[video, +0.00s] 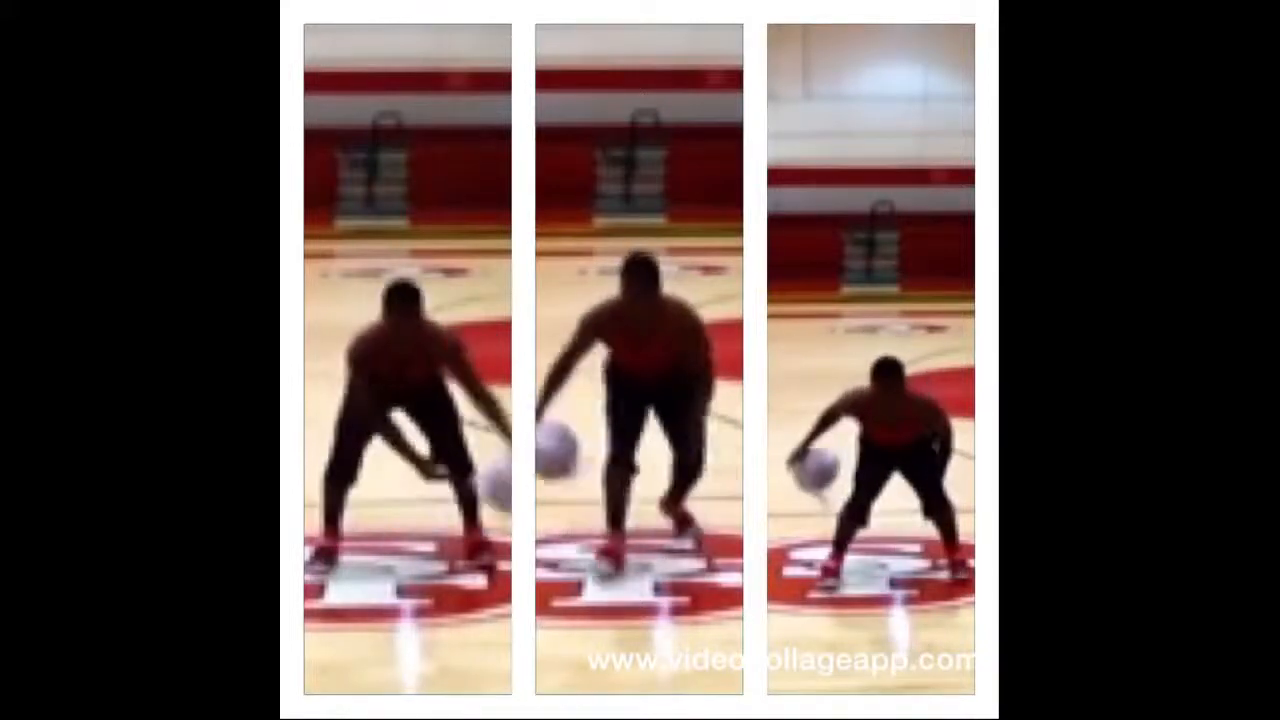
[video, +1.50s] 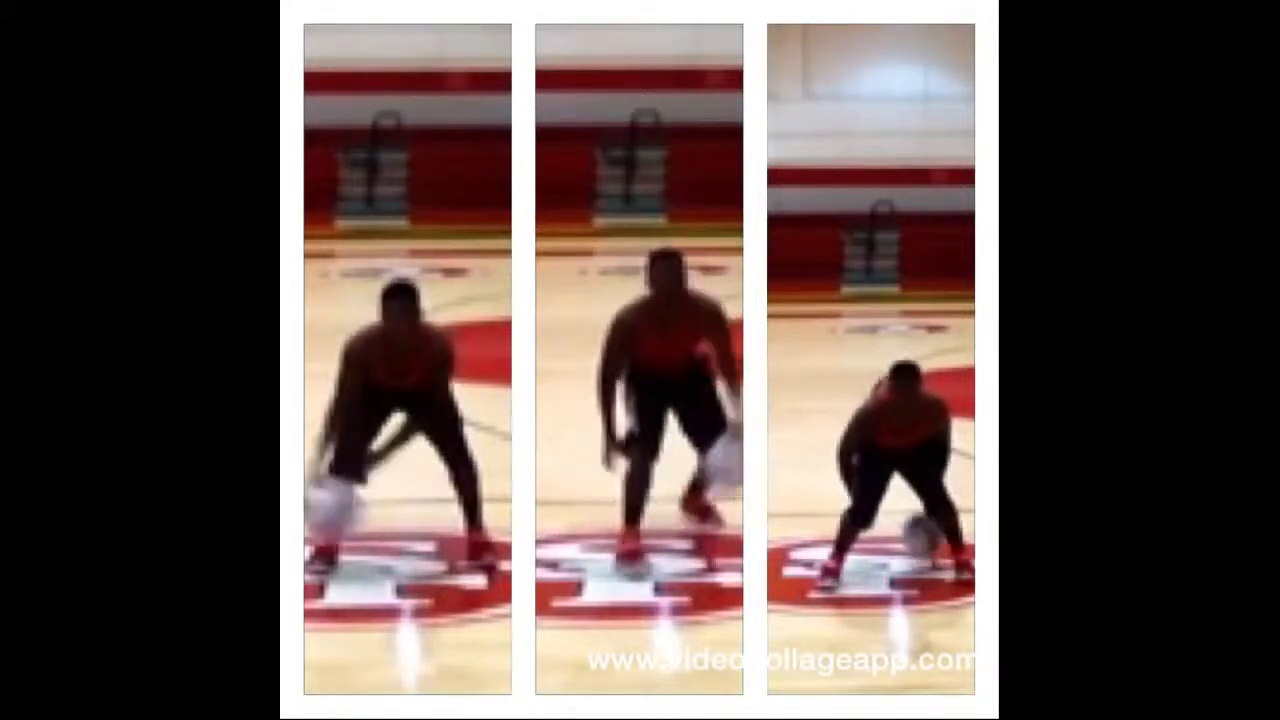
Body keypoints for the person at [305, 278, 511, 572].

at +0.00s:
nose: (404, 329)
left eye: (411, 319)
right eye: (397, 320)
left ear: (420, 314)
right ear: (385, 315)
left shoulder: (438, 342)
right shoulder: (364, 350)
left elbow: (476, 390)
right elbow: (376, 417)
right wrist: (418, 462)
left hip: (423, 391)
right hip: (371, 394)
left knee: (458, 462)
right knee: (339, 471)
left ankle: (474, 536)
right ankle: (330, 541)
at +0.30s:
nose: (399, 331)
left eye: (407, 321)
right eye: (392, 321)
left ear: (417, 316)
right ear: (382, 317)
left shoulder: (436, 346)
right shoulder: (363, 349)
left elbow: (420, 418)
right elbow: (338, 409)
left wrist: (381, 463)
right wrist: (313, 462)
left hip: (426, 394)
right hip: (374, 394)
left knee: (459, 459)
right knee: (343, 460)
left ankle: (474, 536)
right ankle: (327, 545)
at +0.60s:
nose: (403, 332)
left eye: (410, 322)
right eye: (396, 323)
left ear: (420, 319)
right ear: (385, 320)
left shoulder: (438, 347)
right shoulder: (364, 356)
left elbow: (471, 398)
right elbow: (381, 420)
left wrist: (502, 442)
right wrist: (425, 462)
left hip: (424, 398)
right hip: (372, 400)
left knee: (460, 465)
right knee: (339, 472)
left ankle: (475, 536)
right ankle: (330, 540)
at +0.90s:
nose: (408, 324)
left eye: (415, 315)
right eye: (402, 315)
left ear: (426, 312)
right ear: (392, 313)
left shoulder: (450, 345)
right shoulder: (372, 348)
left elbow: (438, 414)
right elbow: (351, 410)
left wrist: (401, 455)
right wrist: (342, 459)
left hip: (431, 396)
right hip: (379, 396)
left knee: (463, 462)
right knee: (350, 460)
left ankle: (475, 534)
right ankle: (328, 540)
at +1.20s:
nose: (406, 323)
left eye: (414, 314)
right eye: (400, 314)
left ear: (424, 313)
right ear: (390, 314)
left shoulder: (443, 344)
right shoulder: (370, 350)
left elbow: (471, 397)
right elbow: (386, 421)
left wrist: (496, 441)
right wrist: (426, 465)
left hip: (426, 396)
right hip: (375, 398)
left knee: (458, 463)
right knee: (341, 468)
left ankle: (477, 538)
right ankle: (330, 541)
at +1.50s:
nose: (400, 327)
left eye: (407, 317)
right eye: (392, 317)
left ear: (418, 315)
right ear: (382, 315)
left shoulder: (436, 347)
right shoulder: (361, 349)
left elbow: (419, 420)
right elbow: (341, 408)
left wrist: (377, 458)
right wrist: (322, 455)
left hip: (425, 397)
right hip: (374, 397)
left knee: (461, 462)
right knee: (346, 461)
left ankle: (476, 536)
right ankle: (328, 544)